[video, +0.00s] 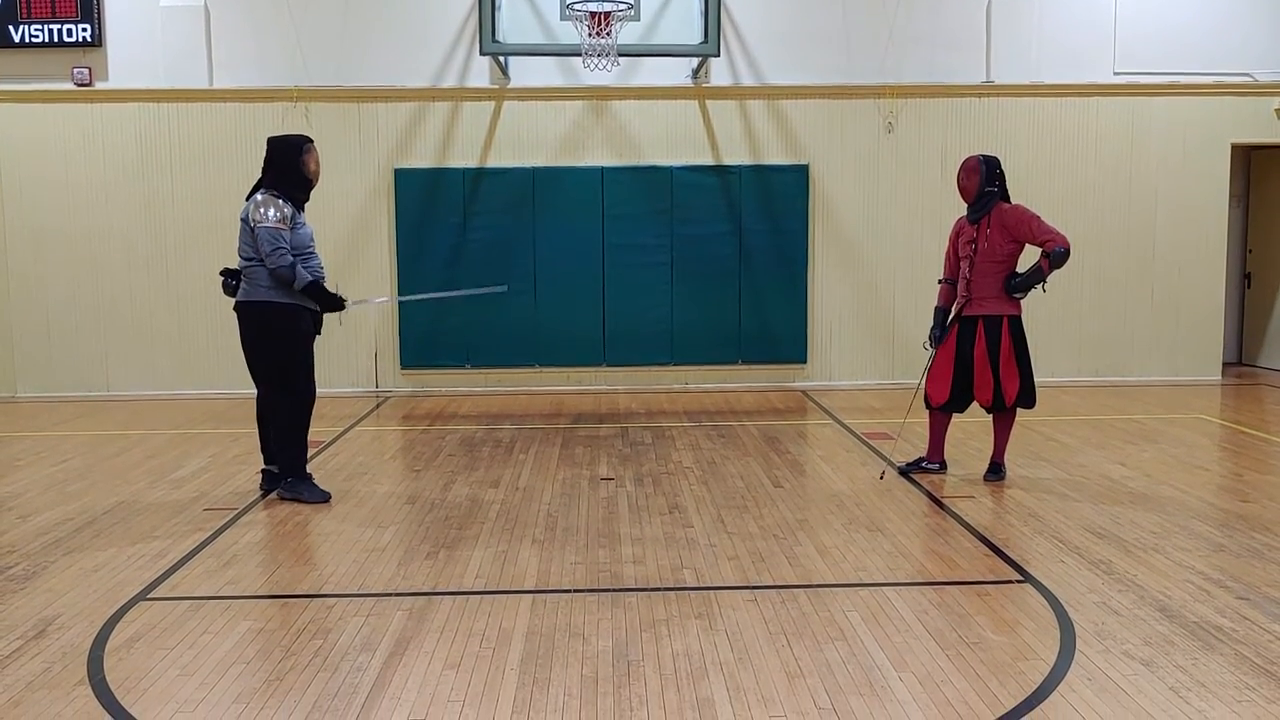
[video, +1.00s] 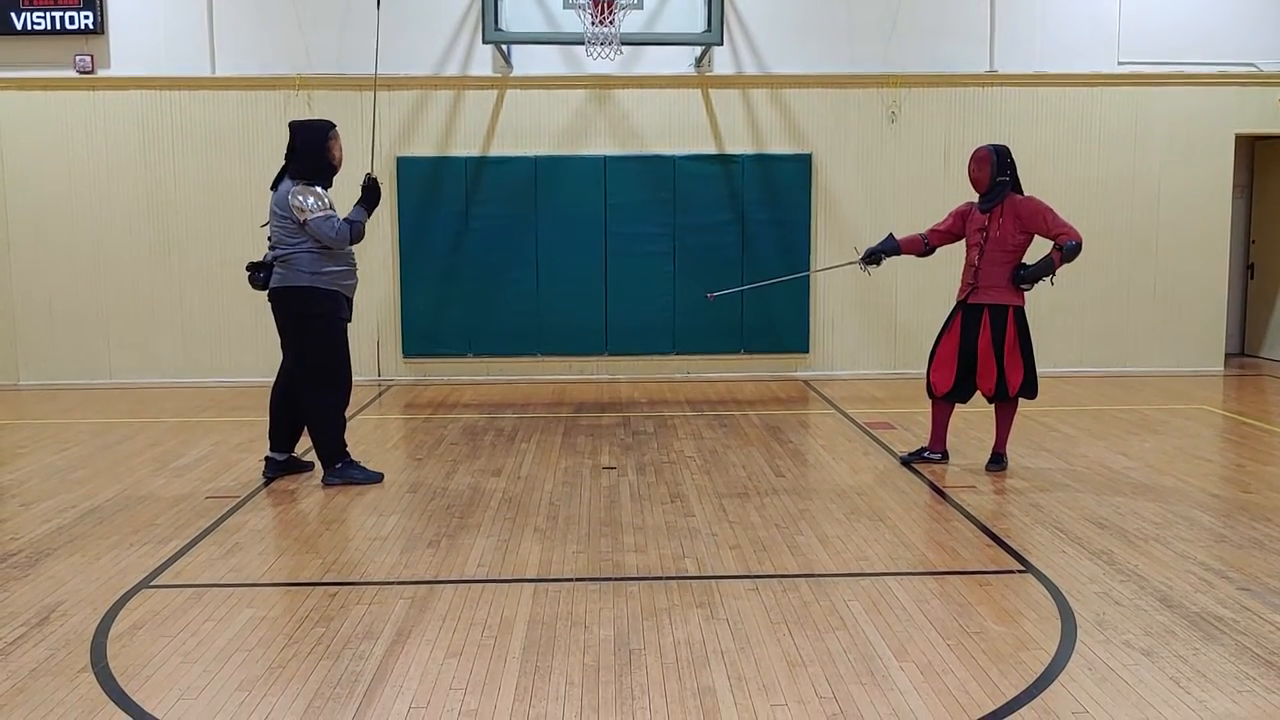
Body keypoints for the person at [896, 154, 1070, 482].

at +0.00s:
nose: (960, 184)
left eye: (966, 176)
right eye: (960, 177)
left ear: (987, 179)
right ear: (966, 181)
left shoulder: (1010, 215)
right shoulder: (962, 226)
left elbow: (1059, 247)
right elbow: (950, 278)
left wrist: (1028, 279)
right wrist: (939, 320)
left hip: (1000, 318)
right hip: (963, 318)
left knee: (1003, 389)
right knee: (939, 383)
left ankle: (997, 461)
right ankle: (934, 457)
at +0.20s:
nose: (961, 181)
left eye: (968, 174)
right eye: (961, 175)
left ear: (988, 177)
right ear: (966, 178)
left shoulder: (1011, 212)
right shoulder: (963, 222)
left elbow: (1059, 244)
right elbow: (952, 274)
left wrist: (1029, 275)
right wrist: (940, 317)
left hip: (1001, 315)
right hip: (964, 315)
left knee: (1004, 386)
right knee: (940, 380)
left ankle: (998, 458)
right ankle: (935, 454)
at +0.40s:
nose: (962, 181)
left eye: (968, 174)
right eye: (961, 174)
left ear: (989, 175)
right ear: (969, 177)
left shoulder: (1013, 209)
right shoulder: (965, 219)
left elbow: (1061, 242)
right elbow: (947, 268)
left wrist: (1030, 273)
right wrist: (920, 303)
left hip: (1003, 311)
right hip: (966, 312)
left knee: (1004, 383)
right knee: (942, 375)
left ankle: (998, 456)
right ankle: (935, 451)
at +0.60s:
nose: (966, 179)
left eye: (972, 172)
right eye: (964, 173)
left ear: (993, 173)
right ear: (964, 176)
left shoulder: (1017, 208)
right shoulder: (966, 216)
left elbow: (1064, 240)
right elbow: (933, 253)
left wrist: (1034, 271)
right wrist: (893, 268)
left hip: (1004, 309)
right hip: (967, 309)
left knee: (1004, 380)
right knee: (944, 373)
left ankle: (998, 454)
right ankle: (935, 449)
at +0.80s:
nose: (969, 176)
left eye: (975, 169)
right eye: (967, 169)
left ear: (995, 171)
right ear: (969, 173)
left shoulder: (1021, 207)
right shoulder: (967, 213)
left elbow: (1069, 240)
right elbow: (927, 243)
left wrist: (1036, 270)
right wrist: (885, 251)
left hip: (1005, 308)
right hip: (967, 307)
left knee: (1004, 379)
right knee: (944, 372)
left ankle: (999, 452)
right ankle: (935, 448)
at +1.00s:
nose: (973, 173)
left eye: (979, 166)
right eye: (971, 167)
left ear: (999, 169)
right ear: (973, 170)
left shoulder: (1023, 206)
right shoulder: (969, 212)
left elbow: (1071, 240)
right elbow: (928, 239)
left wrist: (1037, 270)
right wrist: (886, 248)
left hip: (1005, 307)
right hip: (967, 306)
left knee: (1004, 379)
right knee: (943, 371)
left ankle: (999, 451)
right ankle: (936, 447)